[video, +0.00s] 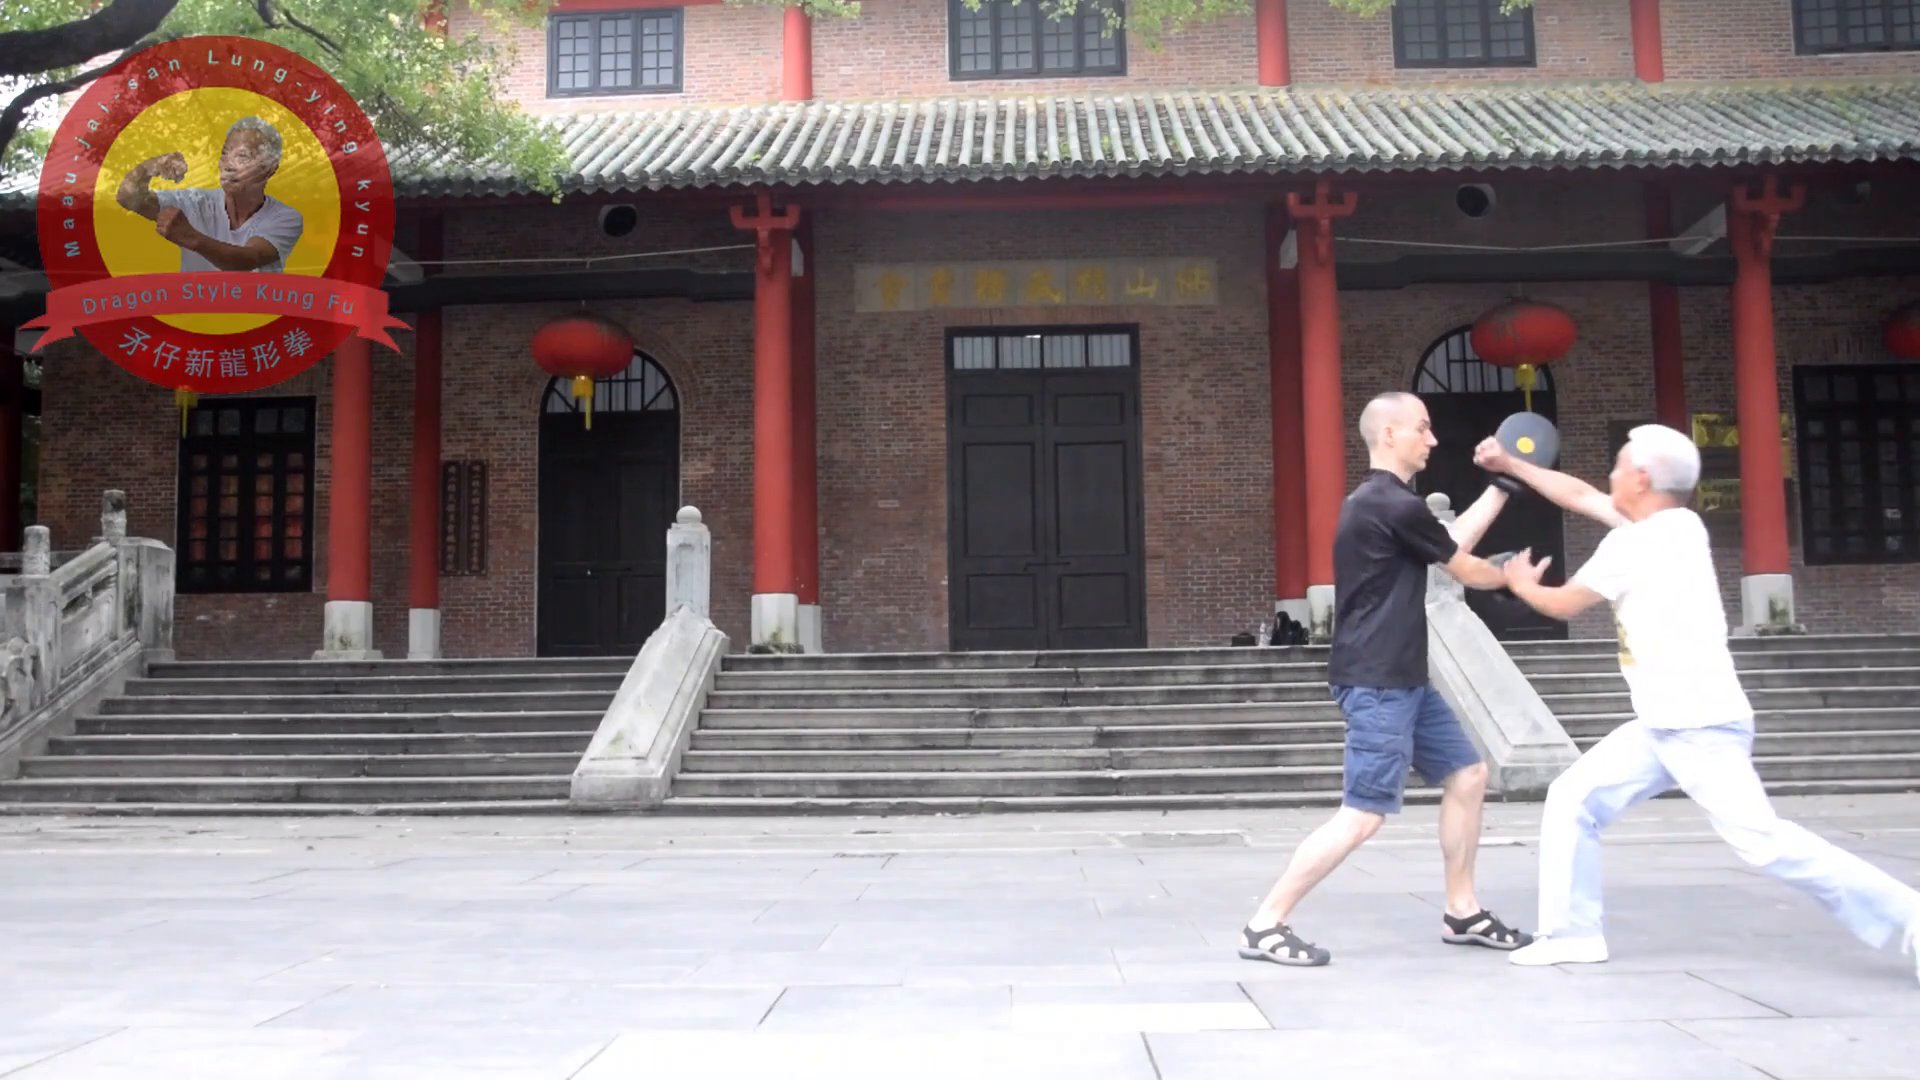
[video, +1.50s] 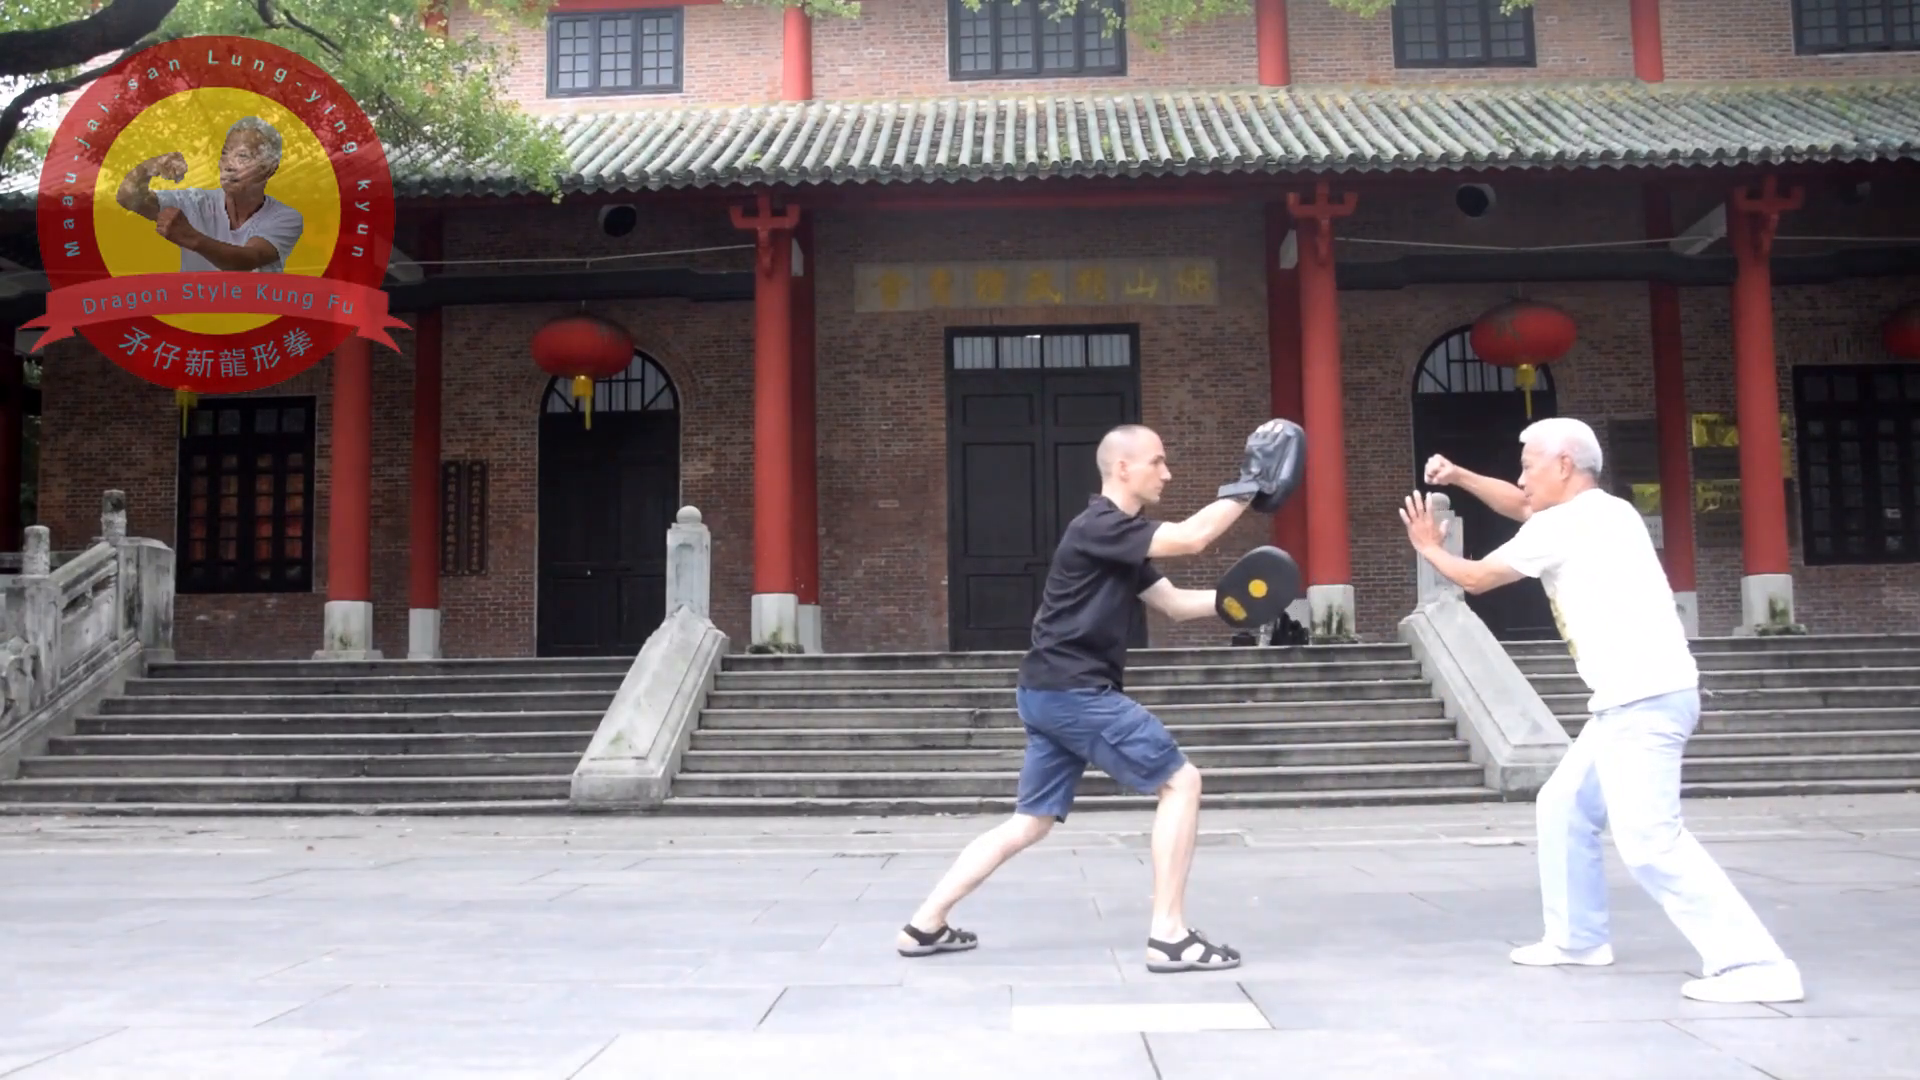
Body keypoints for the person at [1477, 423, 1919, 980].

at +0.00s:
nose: (1612, 472)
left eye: (1620, 466)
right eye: (1618, 463)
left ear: (1643, 482)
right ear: (1654, 483)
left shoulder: (1637, 541)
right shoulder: (1678, 526)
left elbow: (1565, 604)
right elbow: (1582, 495)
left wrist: (1524, 586)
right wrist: (1512, 463)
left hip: (1696, 722)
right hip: (1669, 720)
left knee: (1759, 841)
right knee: (1571, 798)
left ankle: (1906, 917)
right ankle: (1572, 935)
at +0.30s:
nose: (1558, 464)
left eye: (1564, 454)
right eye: (1561, 454)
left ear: (1586, 465)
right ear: (1609, 466)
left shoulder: (1599, 530)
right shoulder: (1637, 509)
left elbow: (1527, 587)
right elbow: (1541, 499)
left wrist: (1492, 561)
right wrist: (1475, 468)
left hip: (1678, 703)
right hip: (1667, 699)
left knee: (1663, 836)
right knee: (1584, 799)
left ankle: (1760, 968)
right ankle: (1580, 938)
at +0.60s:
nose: (1561, 460)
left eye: (1568, 449)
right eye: (1564, 449)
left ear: (1596, 461)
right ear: (1612, 463)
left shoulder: (1586, 523)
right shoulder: (1643, 509)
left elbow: (1519, 582)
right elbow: (1552, 495)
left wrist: (1482, 552)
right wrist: (1485, 469)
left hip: (1652, 701)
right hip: (1669, 696)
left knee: (1653, 839)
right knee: (1568, 803)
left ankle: (1757, 966)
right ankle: (1578, 938)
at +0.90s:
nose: (1548, 464)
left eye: (1555, 453)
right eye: (1551, 453)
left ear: (1589, 463)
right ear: (1598, 465)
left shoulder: (1583, 522)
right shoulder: (1630, 511)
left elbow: (1510, 583)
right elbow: (1540, 503)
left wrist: (1464, 553)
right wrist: (1473, 480)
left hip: (1655, 701)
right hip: (1653, 699)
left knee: (1653, 837)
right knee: (1568, 803)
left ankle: (1757, 967)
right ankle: (1578, 938)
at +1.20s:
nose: (1538, 468)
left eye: (1546, 456)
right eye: (1541, 457)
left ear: (1581, 464)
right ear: (1590, 466)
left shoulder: (1572, 523)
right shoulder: (1625, 511)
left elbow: (1495, 582)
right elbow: (1536, 503)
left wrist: (1450, 552)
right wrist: (1470, 476)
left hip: (1651, 700)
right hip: (1652, 697)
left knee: (1653, 841)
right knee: (1565, 805)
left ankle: (1759, 969)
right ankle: (1577, 941)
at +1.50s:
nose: (1521, 477)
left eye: (1528, 465)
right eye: (1523, 466)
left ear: (1562, 466)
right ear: (1575, 468)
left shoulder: (1559, 523)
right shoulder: (1615, 512)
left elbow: (1477, 577)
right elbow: (1523, 502)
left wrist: (1427, 546)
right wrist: (1460, 475)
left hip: (1642, 700)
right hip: (1644, 696)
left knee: (1651, 842)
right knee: (1561, 807)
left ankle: (1759, 967)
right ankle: (1578, 941)